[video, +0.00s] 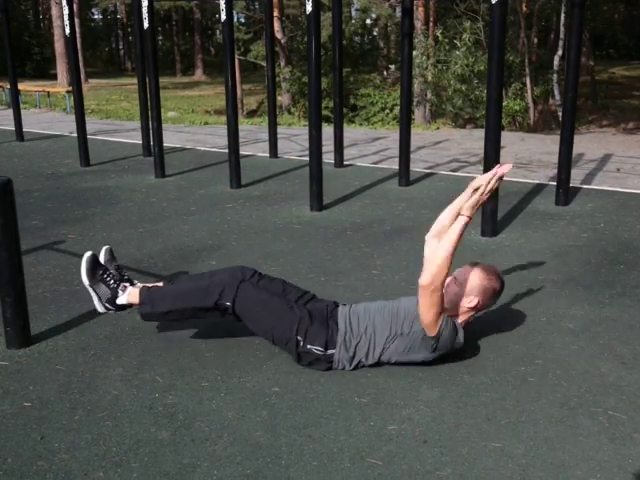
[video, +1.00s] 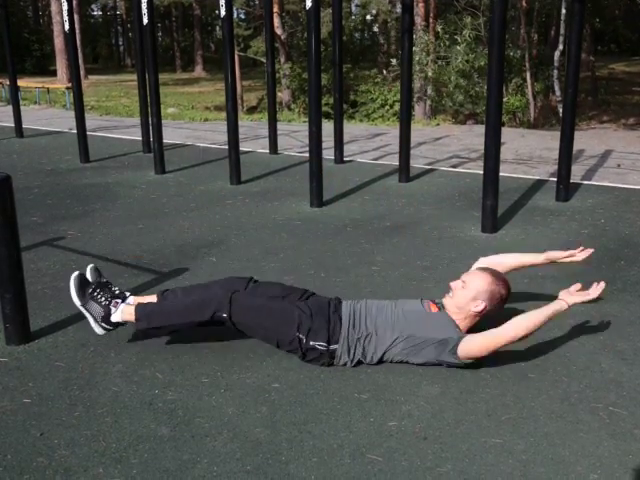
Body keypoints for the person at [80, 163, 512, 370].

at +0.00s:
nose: (454, 276)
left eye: (463, 278)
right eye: (463, 274)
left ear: (470, 300)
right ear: (469, 297)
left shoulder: (438, 333)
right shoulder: (442, 314)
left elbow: (433, 263)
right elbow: (435, 246)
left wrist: (469, 205)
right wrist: (470, 195)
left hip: (321, 336)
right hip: (325, 317)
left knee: (233, 283)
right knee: (238, 277)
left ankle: (123, 297)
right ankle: (140, 288)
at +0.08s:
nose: (433, 261)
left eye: (443, 262)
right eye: (440, 257)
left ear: (458, 285)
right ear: (452, 278)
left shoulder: (429, 317)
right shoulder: (435, 299)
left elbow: (400, 261)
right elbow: (410, 243)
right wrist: (417, 177)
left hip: (320, 339)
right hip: (327, 316)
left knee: (243, 267)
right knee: (248, 260)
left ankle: (135, 269)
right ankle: (144, 262)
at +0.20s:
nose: (398, 236)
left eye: (407, 235)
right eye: (404, 231)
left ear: (427, 255)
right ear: (426, 252)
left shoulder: (410, 288)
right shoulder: (418, 275)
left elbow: (360, 235)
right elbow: (377, 209)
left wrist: (339, 167)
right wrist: (357, 150)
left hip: (317, 340)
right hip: (324, 321)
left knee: (269, 247)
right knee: (274, 240)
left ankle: (159, 224)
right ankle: (177, 221)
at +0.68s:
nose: (393, 235)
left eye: (399, 233)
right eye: (394, 228)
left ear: (422, 244)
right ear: (423, 244)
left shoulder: (414, 286)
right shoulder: (418, 273)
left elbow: (375, 242)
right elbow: (385, 221)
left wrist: (358, 168)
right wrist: (360, 165)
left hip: (320, 340)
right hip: (328, 321)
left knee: (271, 248)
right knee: (276, 241)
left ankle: (157, 218)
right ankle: (174, 203)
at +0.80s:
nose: (437, 251)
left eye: (445, 249)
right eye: (440, 246)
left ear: (452, 269)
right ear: (447, 263)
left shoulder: (438, 315)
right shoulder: (432, 288)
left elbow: (434, 271)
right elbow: (422, 227)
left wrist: (454, 205)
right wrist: (437, 180)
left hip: (324, 337)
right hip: (330, 314)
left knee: (240, 268)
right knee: (246, 258)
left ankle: (123, 262)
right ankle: (139, 247)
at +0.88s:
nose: (443, 274)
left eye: (454, 277)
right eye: (451, 269)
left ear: (458, 295)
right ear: (449, 276)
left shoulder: (439, 325)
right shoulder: (428, 301)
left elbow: (468, 299)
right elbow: (448, 243)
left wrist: (504, 248)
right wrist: (492, 204)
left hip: (322, 333)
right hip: (323, 312)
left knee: (232, 280)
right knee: (239, 273)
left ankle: (116, 287)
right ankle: (129, 275)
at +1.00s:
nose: (462, 281)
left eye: (472, 283)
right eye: (468, 279)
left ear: (479, 309)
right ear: (466, 292)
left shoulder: (449, 341)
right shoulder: (442, 311)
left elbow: (508, 334)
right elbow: (487, 267)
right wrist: (545, 260)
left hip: (326, 333)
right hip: (327, 312)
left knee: (230, 297)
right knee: (231, 287)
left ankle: (119, 315)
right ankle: (128, 307)